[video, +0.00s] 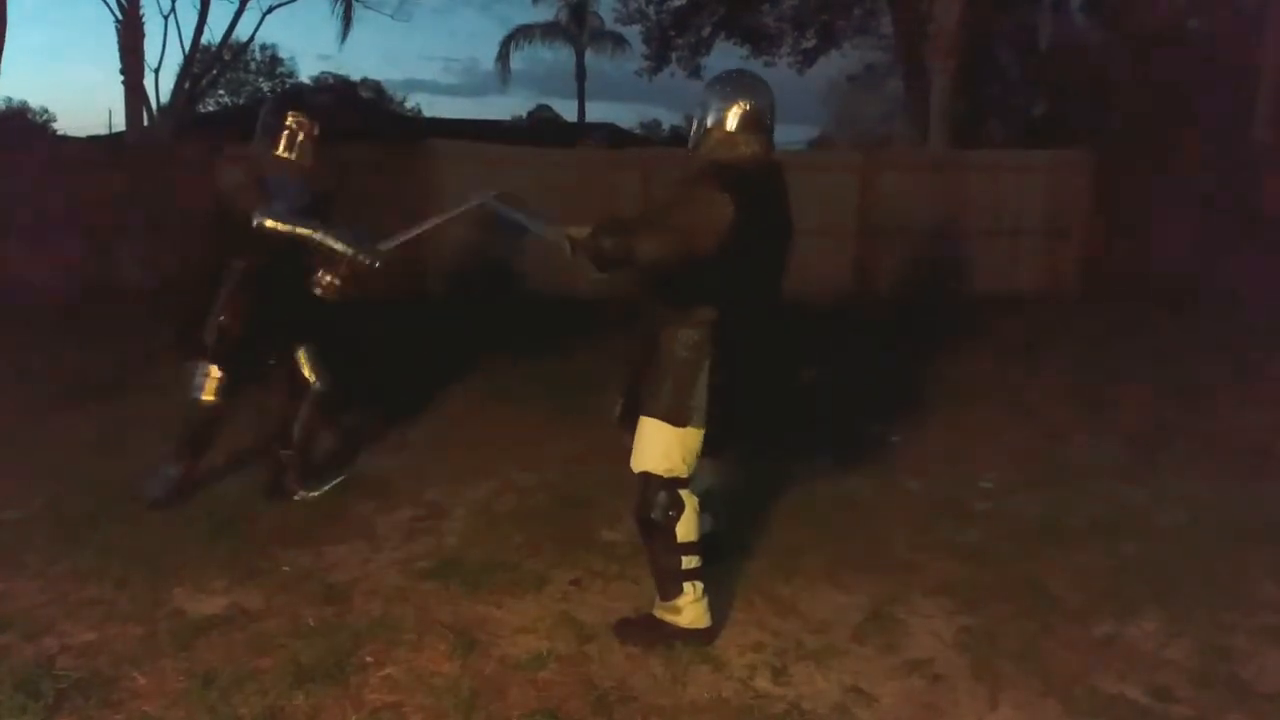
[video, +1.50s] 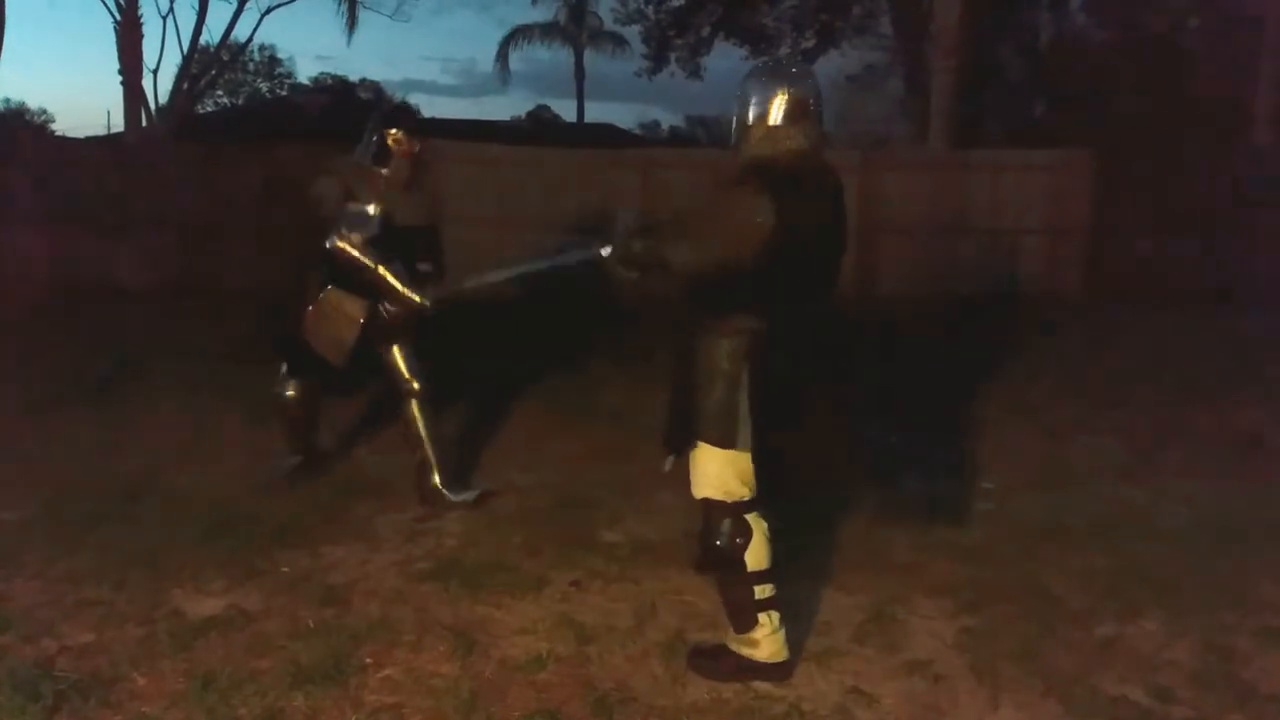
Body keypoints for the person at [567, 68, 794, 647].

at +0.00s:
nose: (698, 125)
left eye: (707, 114)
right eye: (703, 114)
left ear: (728, 116)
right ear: (757, 118)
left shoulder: (730, 182)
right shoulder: (752, 177)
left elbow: (680, 245)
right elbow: (681, 235)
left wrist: (608, 246)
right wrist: (615, 237)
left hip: (701, 343)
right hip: (715, 337)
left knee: (659, 481)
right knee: (675, 471)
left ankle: (683, 612)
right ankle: (685, 605)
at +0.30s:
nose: (708, 123)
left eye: (716, 112)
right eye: (715, 113)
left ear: (730, 117)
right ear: (772, 120)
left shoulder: (721, 183)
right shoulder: (775, 179)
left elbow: (678, 238)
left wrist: (620, 228)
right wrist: (643, 217)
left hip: (706, 339)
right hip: (749, 332)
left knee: (666, 474)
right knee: (714, 446)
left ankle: (684, 610)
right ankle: (731, 536)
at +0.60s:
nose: (717, 130)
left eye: (727, 120)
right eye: (725, 120)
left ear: (742, 127)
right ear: (773, 130)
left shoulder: (749, 189)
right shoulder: (766, 183)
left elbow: (689, 250)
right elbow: (692, 230)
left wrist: (621, 226)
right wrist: (627, 205)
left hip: (728, 346)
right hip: (737, 339)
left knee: (688, 475)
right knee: (707, 461)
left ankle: (687, 607)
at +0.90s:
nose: (732, 131)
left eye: (740, 119)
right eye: (738, 119)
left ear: (756, 124)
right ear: (788, 127)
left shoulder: (759, 189)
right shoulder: (787, 187)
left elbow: (723, 272)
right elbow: (718, 256)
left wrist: (660, 267)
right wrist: (645, 222)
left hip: (744, 349)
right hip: (756, 342)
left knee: (703, 467)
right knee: (714, 466)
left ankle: (741, 608)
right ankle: (737, 602)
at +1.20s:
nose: (735, 131)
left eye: (744, 121)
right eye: (740, 121)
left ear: (762, 129)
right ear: (795, 130)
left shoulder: (761, 191)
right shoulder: (798, 186)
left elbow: (706, 264)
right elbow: (716, 238)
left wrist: (641, 250)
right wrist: (650, 221)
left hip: (744, 352)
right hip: (765, 345)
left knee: (724, 496)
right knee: (734, 478)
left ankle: (758, 640)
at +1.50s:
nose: (750, 135)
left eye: (754, 123)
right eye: (757, 124)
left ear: (756, 125)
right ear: (806, 124)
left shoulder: (762, 189)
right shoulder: (816, 186)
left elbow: (722, 262)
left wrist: (656, 260)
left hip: (746, 348)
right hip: (781, 342)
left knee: (729, 490)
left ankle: (761, 643)